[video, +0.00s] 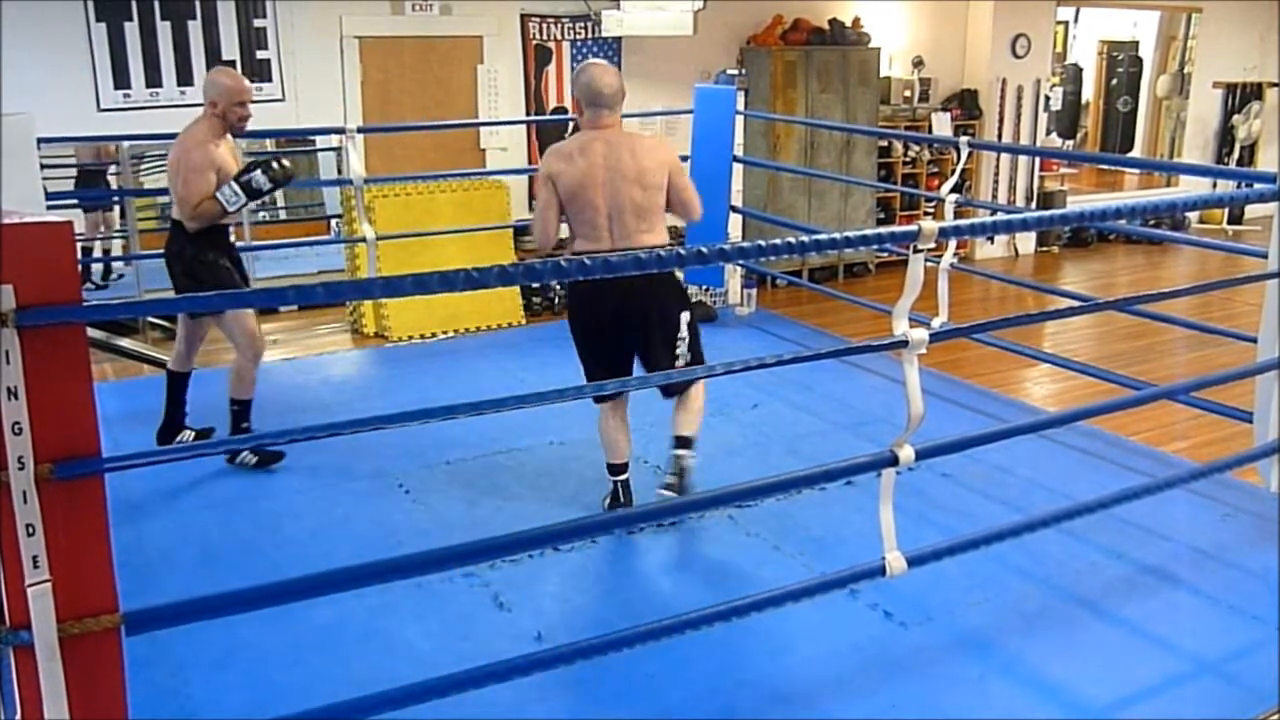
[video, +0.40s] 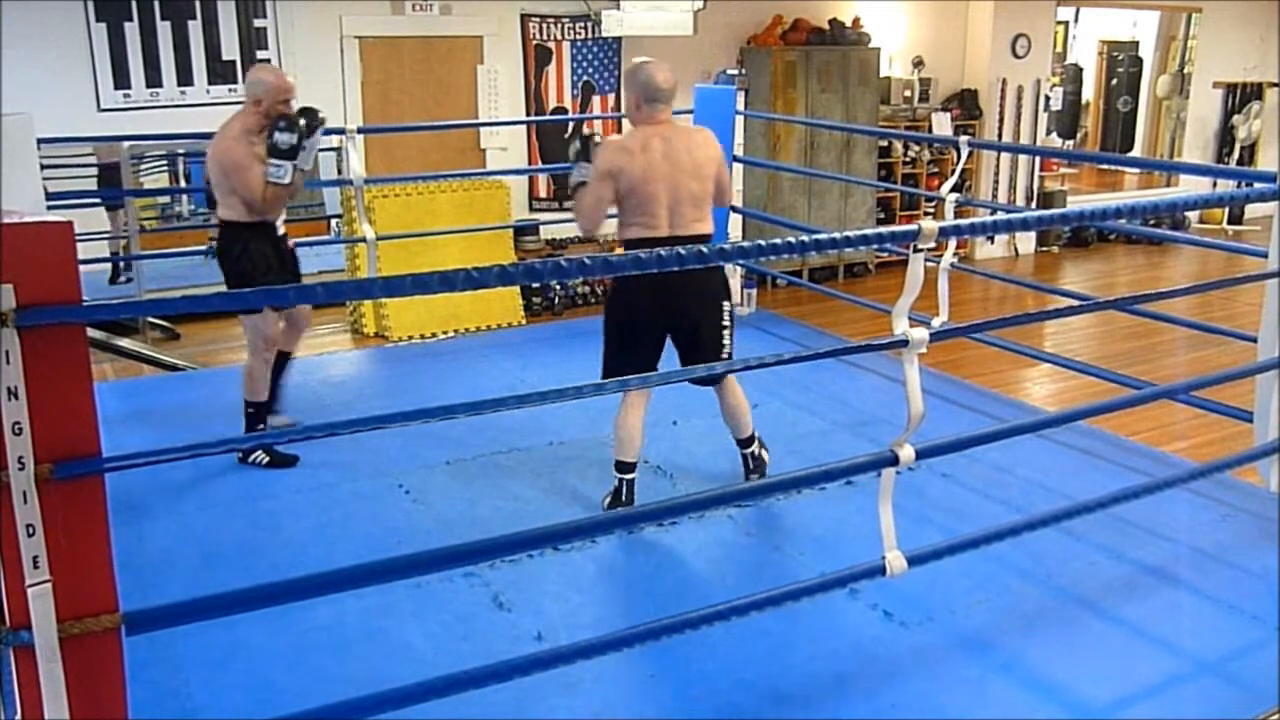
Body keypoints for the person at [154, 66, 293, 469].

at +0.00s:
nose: (248, 112)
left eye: (249, 103)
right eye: (240, 105)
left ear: (223, 105)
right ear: (215, 106)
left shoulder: (219, 136)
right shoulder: (197, 148)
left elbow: (226, 190)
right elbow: (195, 215)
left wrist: (259, 176)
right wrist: (246, 189)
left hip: (207, 244)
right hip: (199, 250)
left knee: (188, 341)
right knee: (250, 346)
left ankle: (172, 427)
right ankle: (240, 441)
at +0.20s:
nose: (263, 115)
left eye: (263, 107)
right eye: (255, 109)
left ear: (234, 110)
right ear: (230, 111)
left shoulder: (235, 140)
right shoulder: (212, 153)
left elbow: (245, 198)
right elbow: (221, 220)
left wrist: (277, 174)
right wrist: (261, 187)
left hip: (240, 246)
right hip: (222, 253)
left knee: (227, 339)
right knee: (272, 344)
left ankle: (182, 419)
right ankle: (256, 443)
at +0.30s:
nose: (275, 113)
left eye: (275, 105)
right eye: (268, 108)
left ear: (250, 108)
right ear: (244, 109)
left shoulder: (255, 137)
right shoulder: (220, 152)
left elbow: (278, 196)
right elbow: (246, 216)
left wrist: (294, 158)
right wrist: (269, 172)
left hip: (255, 241)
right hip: (232, 247)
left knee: (265, 333)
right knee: (271, 343)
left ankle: (216, 404)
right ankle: (256, 441)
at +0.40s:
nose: (291, 108)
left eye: (291, 100)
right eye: (284, 102)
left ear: (264, 102)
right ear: (260, 103)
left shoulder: (265, 132)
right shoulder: (231, 145)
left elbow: (289, 193)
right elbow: (267, 207)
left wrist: (305, 149)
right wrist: (283, 158)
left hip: (269, 233)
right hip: (243, 240)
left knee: (298, 317)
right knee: (263, 339)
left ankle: (267, 405)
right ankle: (254, 438)